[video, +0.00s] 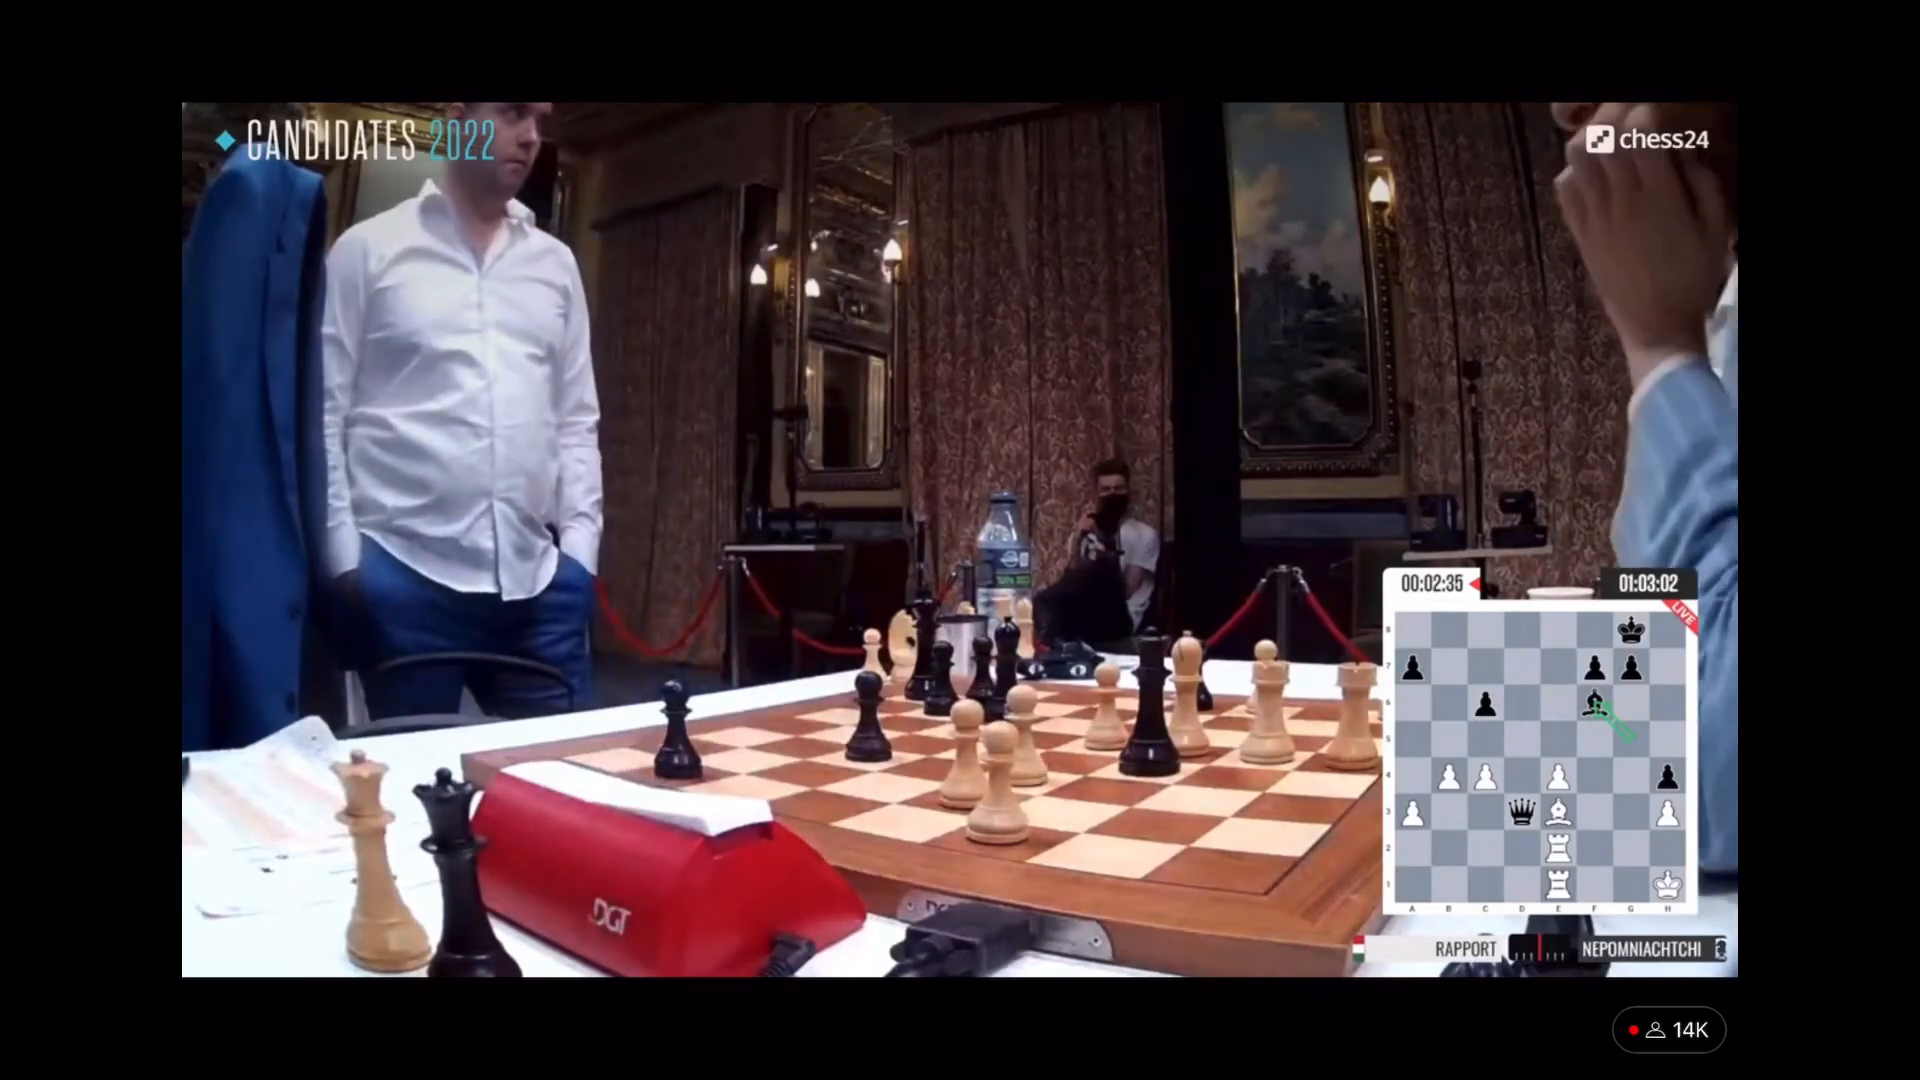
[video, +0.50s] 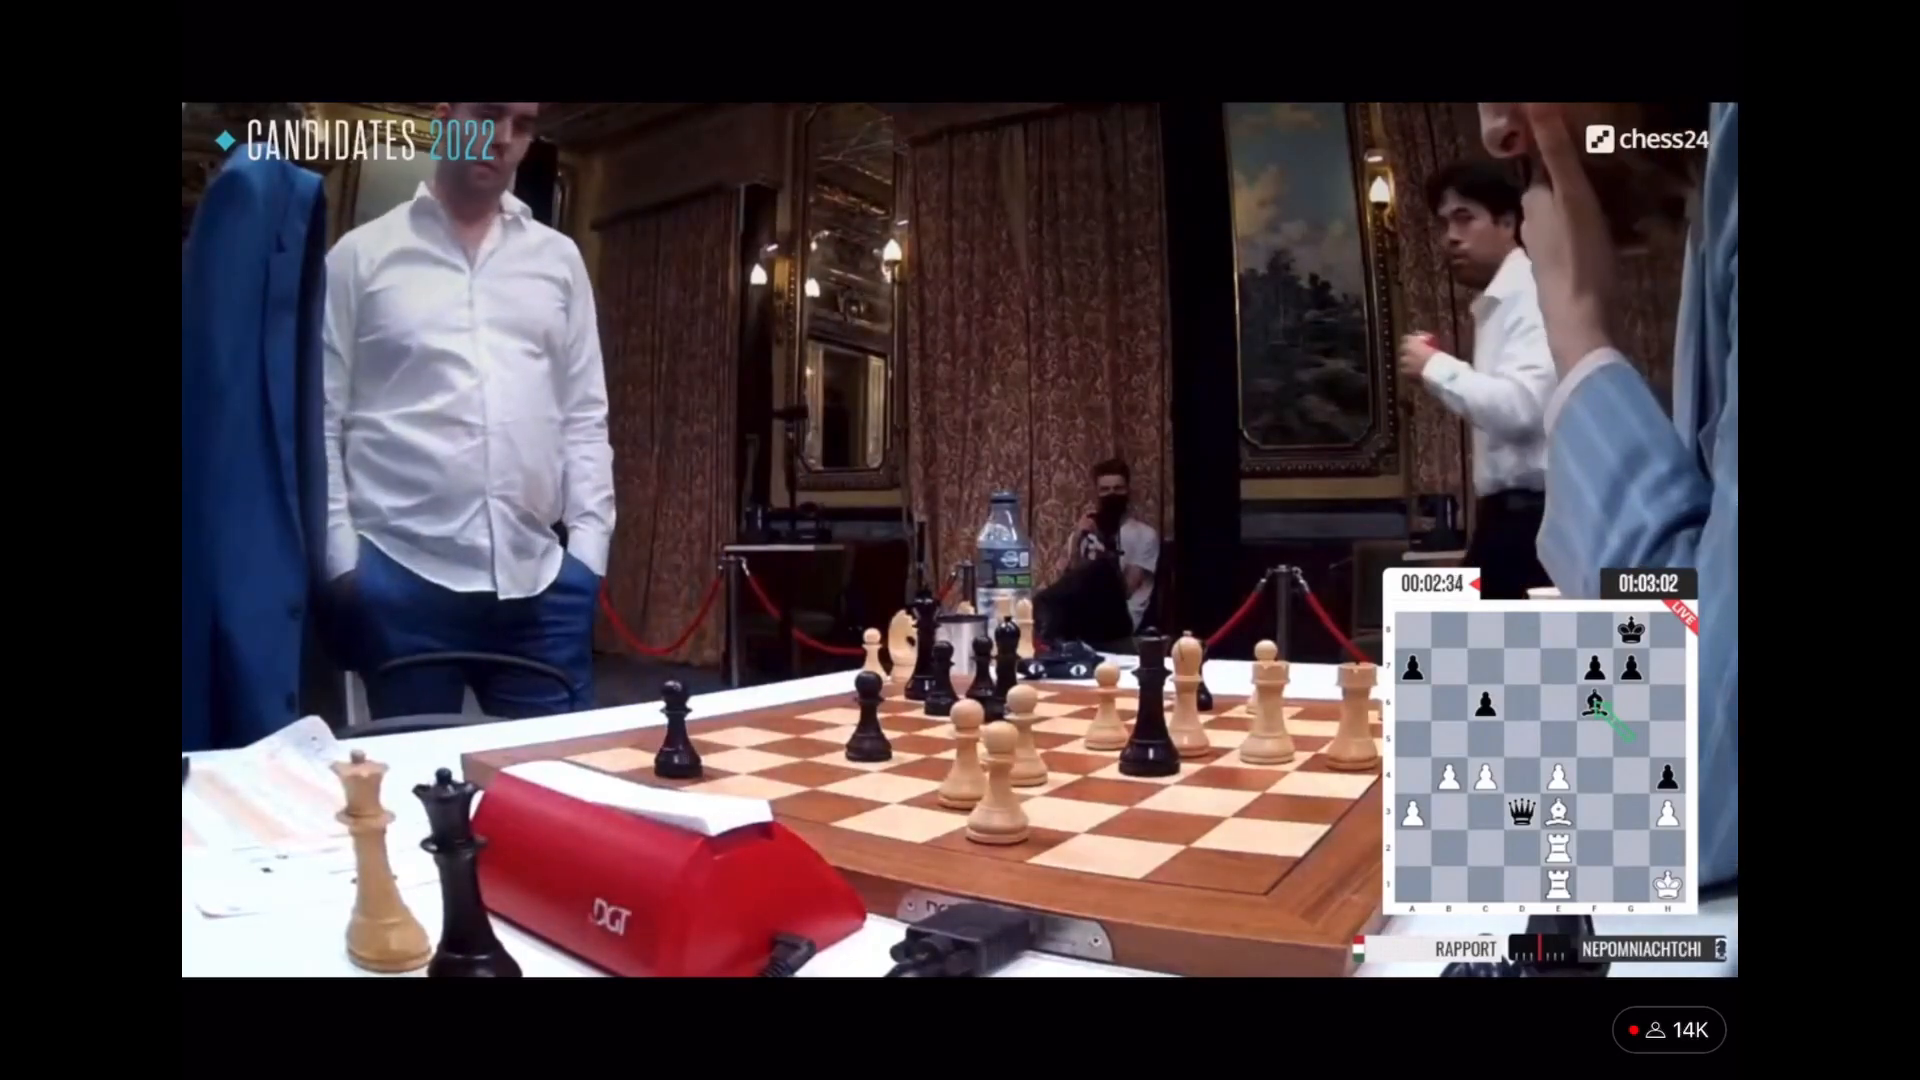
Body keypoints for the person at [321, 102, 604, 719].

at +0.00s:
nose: (533, 136)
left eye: (539, 120)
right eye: (514, 115)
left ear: (543, 133)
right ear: (458, 118)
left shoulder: (555, 263)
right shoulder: (365, 252)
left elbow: (577, 421)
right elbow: (325, 417)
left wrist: (578, 554)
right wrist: (345, 564)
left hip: (538, 583)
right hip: (404, 583)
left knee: (561, 789)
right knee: (418, 791)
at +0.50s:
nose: (500, 138)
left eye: (520, 125)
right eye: (486, 114)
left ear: (532, 140)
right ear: (443, 116)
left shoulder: (559, 259)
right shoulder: (360, 257)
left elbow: (586, 417)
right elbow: (324, 419)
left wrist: (587, 554)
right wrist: (343, 563)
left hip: (542, 584)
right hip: (402, 585)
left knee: (559, 791)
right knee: (416, 793)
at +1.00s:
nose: (505, 136)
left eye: (525, 122)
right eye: (490, 113)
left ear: (538, 138)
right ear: (448, 115)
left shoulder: (572, 252)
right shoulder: (366, 260)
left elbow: (606, 411)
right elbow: (330, 421)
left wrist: (608, 548)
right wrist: (351, 563)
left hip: (559, 581)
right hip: (413, 585)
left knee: (584, 788)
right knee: (425, 790)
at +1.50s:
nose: (497, 132)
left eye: (519, 118)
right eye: (483, 110)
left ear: (534, 134)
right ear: (445, 114)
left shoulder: (574, 249)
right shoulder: (366, 259)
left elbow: (606, 410)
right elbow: (330, 420)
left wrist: (604, 546)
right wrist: (347, 562)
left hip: (559, 585)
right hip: (409, 589)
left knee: (592, 789)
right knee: (422, 801)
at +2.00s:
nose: (495, 137)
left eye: (517, 124)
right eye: (481, 113)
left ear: (531, 140)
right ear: (440, 115)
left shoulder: (561, 254)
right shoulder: (356, 255)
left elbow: (588, 416)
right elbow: (321, 416)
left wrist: (584, 553)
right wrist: (335, 561)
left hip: (539, 583)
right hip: (394, 585)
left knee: (565, 791)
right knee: (408, 794)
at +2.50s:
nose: (494, 138)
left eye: (515, 125)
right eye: (480, 114)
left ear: (528, 140)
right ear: (438, 114)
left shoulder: (552, 253)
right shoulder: (353, 252)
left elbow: (579, 412)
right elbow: (316, 417)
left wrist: (576, 546)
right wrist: (337, 564)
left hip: (535, 578)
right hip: (394, 583)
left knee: (581, 777)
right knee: (410, 790)